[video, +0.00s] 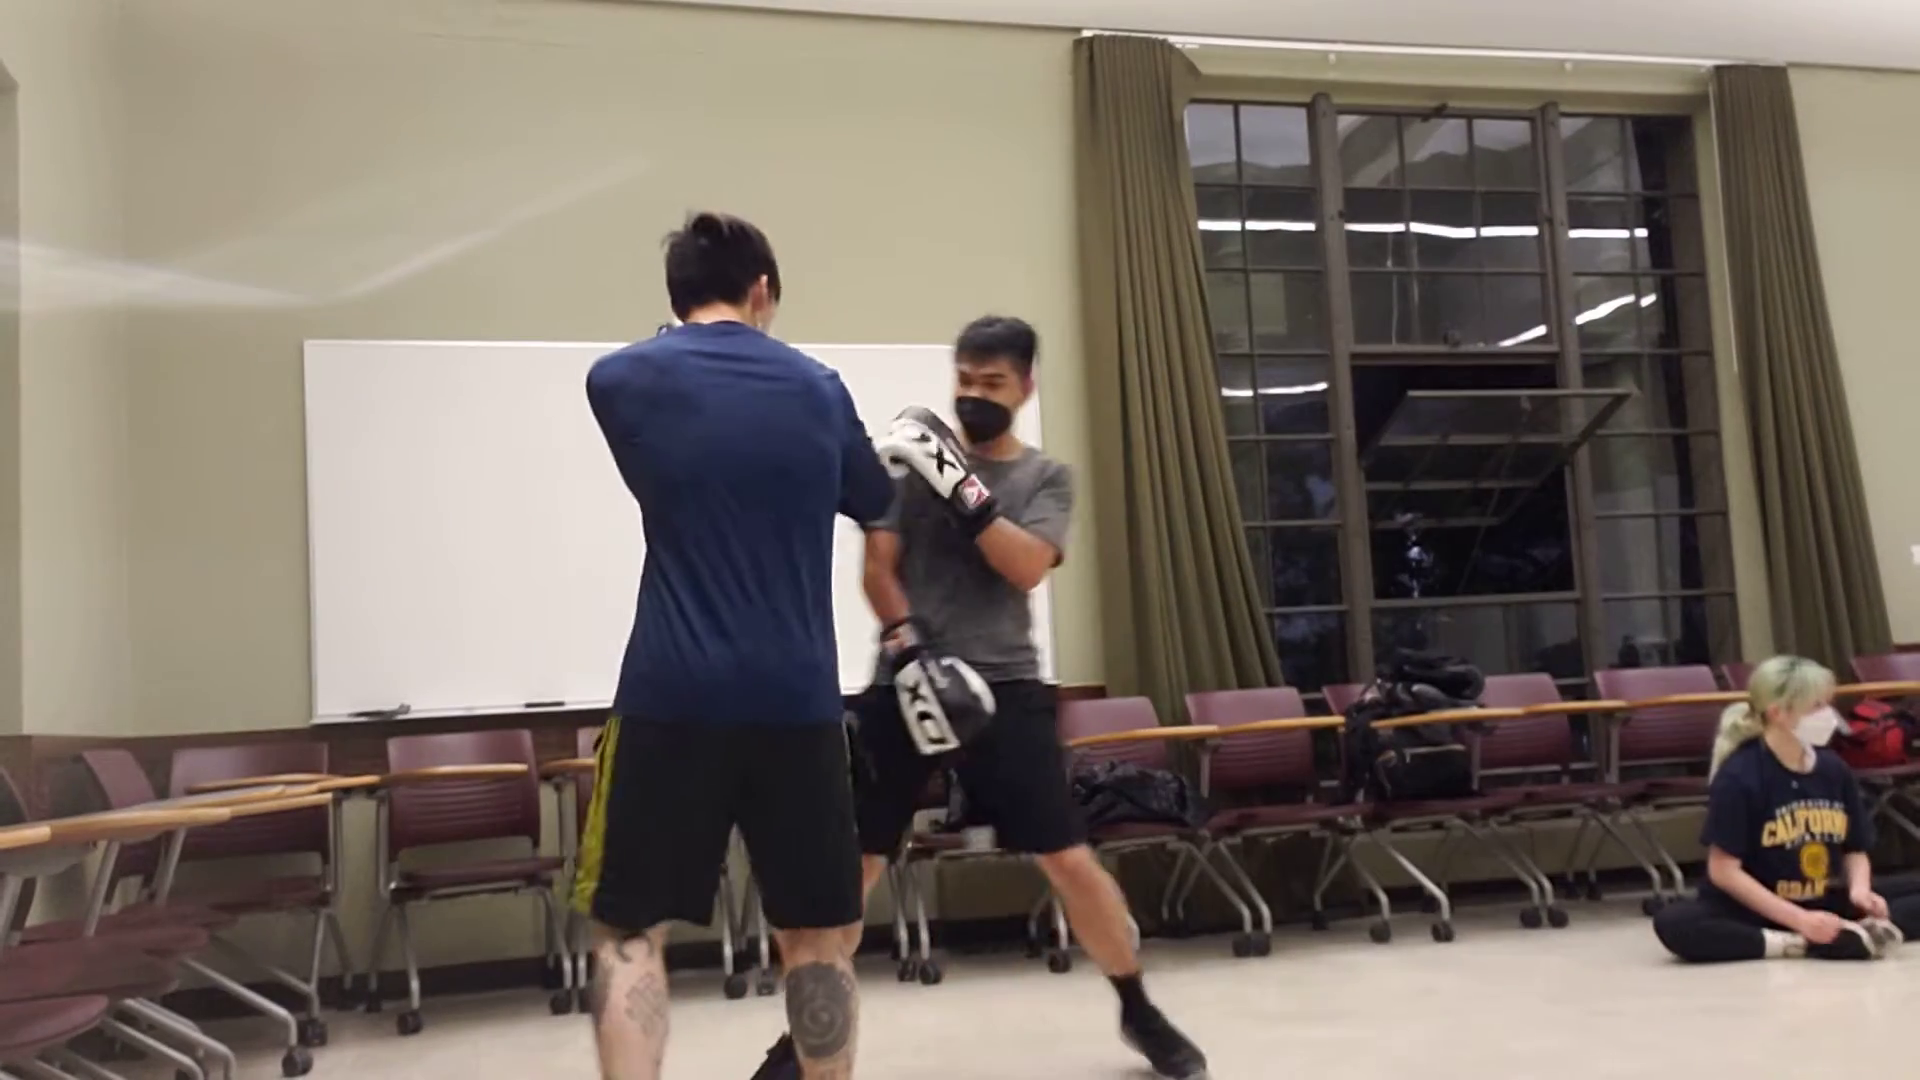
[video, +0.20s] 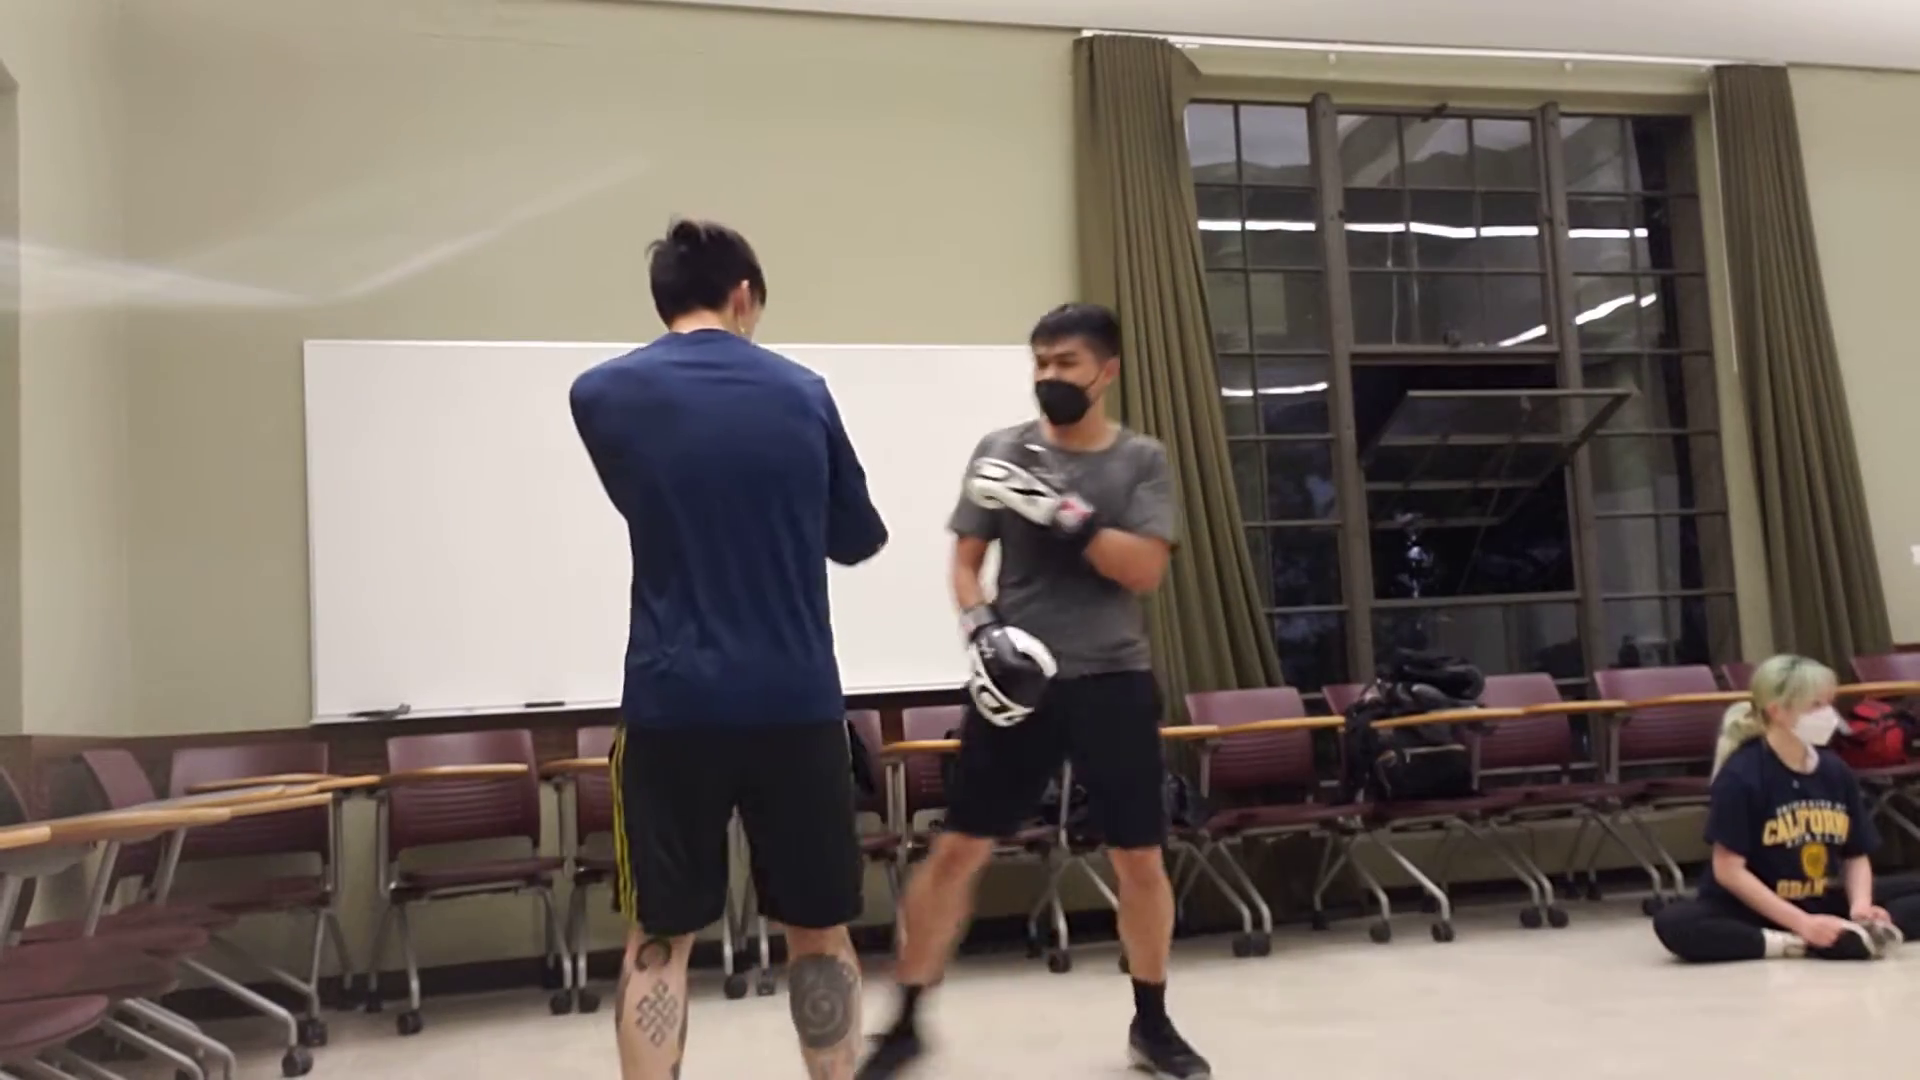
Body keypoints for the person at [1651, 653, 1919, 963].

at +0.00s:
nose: (1830, 716)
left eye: (1828, 705)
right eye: (1817, 708)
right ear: (1778, 714)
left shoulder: (1834, 770)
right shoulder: (1739, 776)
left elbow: (1856, 848)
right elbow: (1722, 870)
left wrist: (1858, 889)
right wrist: (1799, 920)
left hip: (1828, 905)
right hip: (1755, 909)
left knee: (1915, 902)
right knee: (1672, 922)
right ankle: (1792, 944)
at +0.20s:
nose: (1830, 716)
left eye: (1830, 705)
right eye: (1817, 707)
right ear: (1777, 711)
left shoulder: (1836, 773)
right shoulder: (1741, 775)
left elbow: (1856, 854)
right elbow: (1727, 870)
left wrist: (1861, 905)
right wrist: (1801, 923)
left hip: (1827, 905)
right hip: (1754, 909)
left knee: (1916, 903)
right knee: (1672, 922)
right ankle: (1792, 944)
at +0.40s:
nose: (1831, 716)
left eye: (1832, 705)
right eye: (1818, 707)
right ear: (1778, 711)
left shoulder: (1838, 774)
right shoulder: (1743, 775)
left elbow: (1856, 855)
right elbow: (1729, 870)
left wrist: (1861, 906)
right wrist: (1803, 925)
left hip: (1827, 906)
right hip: (1753, 910)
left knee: (1916, 900)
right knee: (1672, 922)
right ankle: (1793, 944)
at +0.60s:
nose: (1831, 716)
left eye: (1832, 705)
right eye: (1818, 707)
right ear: (1778, 711)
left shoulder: (1838, 775)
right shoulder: (1743, 775)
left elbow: (1855, 856)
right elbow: (1729, 870)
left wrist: (1862, 905)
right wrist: (1803, 925)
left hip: (1826, 907)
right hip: (1752, 910)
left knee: (1916, 901)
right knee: (1672, 922)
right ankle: (1792, 944)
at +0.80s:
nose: (1830, 715)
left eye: (1830, 704)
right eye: (1816, 706)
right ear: (1776, 711)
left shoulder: (1837, 775)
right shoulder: (1743, 775)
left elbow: (1856, 855)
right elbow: (1729, 870)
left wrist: (1863, 907)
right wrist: (1803, 926)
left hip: (1824, 906)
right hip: (1751, 909)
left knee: (1915, 899)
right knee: (1671, 923)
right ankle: (1792, 944)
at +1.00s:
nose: (1829, 715)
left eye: (1829, 704)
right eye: (1816, 706)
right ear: (1775, 711)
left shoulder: (1837, 775)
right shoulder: (1743, 775)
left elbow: (1855, 855)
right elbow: (1729, 870)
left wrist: (1863, 907)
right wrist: (1802, 925)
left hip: (1823, 906)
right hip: (1750, 909)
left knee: (1915, 899)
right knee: (1671, 923)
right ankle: (1792, 943)